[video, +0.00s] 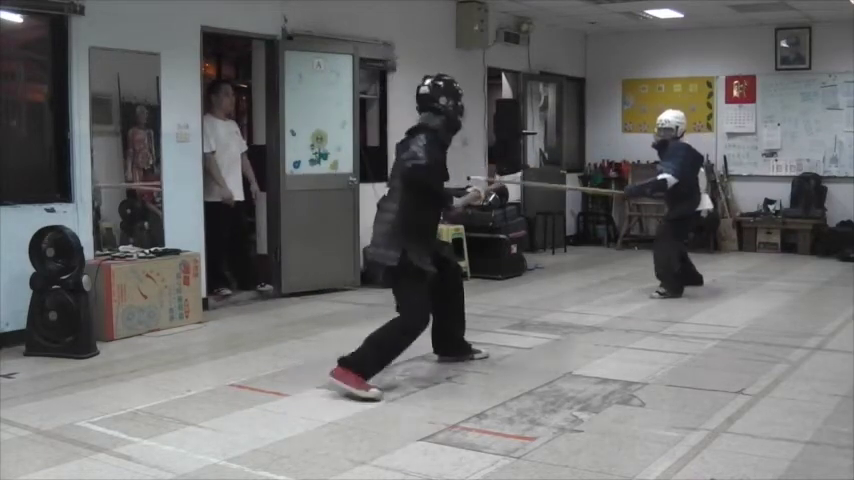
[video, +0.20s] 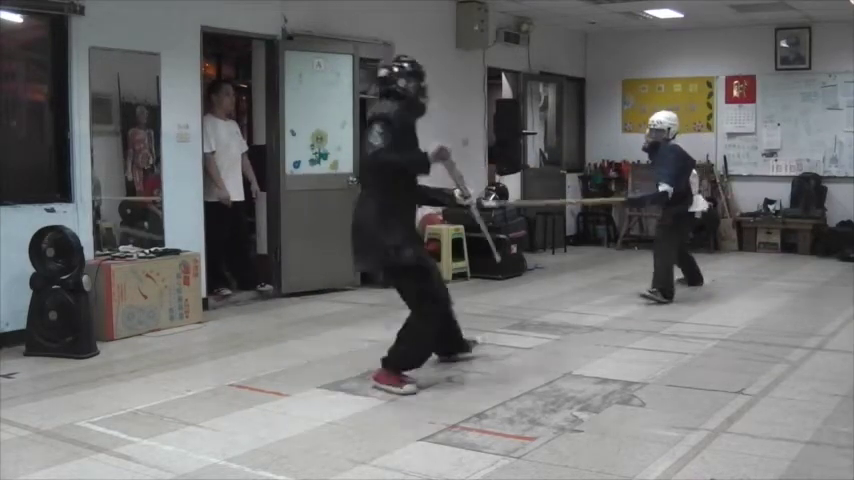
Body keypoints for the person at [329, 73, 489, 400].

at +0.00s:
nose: (461, 110)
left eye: (460, 103)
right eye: (457, 103)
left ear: (430, 105)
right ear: (445, 104)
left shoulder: (430, 142)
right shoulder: (423, 140)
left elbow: (425, 203)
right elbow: (418, 186)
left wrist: (464, 201)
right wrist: (459, 198)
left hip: (413, 239)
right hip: (399, 240)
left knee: (449, 275)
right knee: (415, 316)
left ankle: (451, 347)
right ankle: (352, 369)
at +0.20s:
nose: (423, 92)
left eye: (422, 85)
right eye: (417, 86)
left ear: (401, 87)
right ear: (401, 87)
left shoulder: (403, 124)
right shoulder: (384, 120)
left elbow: (404, 188)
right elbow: (379, 162)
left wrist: (449, 196)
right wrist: (428, 159)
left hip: (396, 225)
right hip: (382, 228)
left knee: (431, 288)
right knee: (429, 295)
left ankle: (450, 345)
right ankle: (391, 370)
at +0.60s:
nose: (347, 84)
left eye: (348, 76)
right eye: (340, 75)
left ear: (342, 78)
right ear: (320, 73)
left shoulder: (328, 119)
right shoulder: (297, 99)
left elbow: (355, 168)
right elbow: (260, 133)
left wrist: (403, 169)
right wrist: (278, 131)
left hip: (287, 221)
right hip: (263, 218)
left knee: (314, 285)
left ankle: (289, 371)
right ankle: (277, 372)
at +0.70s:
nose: (316, 84)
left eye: (317, 75)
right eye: (310, 75)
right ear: (290, 73)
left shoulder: (302, 122)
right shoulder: (269, 103)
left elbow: (331, 170)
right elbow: (226, 126)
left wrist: (386, 166)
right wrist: (244, 130)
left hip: (258, 225)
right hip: (233, 223)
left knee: (280, 294)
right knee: (272, 300)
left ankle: (269, 377)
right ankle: (196, 374)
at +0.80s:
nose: (285, 84)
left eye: (286, 75)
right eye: (279, 75)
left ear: (273, 78)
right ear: (261, 76)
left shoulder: (270, 123)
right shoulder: (243, 110)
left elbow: (299, 184)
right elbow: (191, 142)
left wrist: (347, 173)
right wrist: (203, 164)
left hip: (240, 243)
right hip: (212, 243)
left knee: (278, 298)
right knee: (193, 338)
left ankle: (269, 379)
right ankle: (123, 414)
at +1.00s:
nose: (254, 97)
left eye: (255, 89)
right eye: (244, 89)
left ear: (254, 94)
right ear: (220, 93)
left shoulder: (241, 138)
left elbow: (239, 208)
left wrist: (290, 222)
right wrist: (131, 244)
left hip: (216, 255)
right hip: (176, 259)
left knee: (264, 299)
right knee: (180, 349)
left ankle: (267, 378)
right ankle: (115, 417)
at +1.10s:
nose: (256, 112)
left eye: (258, 104)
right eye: (248, 104)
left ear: (255, 104)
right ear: (223, 102)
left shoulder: (241, 145)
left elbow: (240, 212)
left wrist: (289, 226)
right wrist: (128, 244)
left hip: (219, 253)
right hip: (177, 258)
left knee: (262, 300)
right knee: (183, 346)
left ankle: (284, 371)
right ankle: (119, 418)